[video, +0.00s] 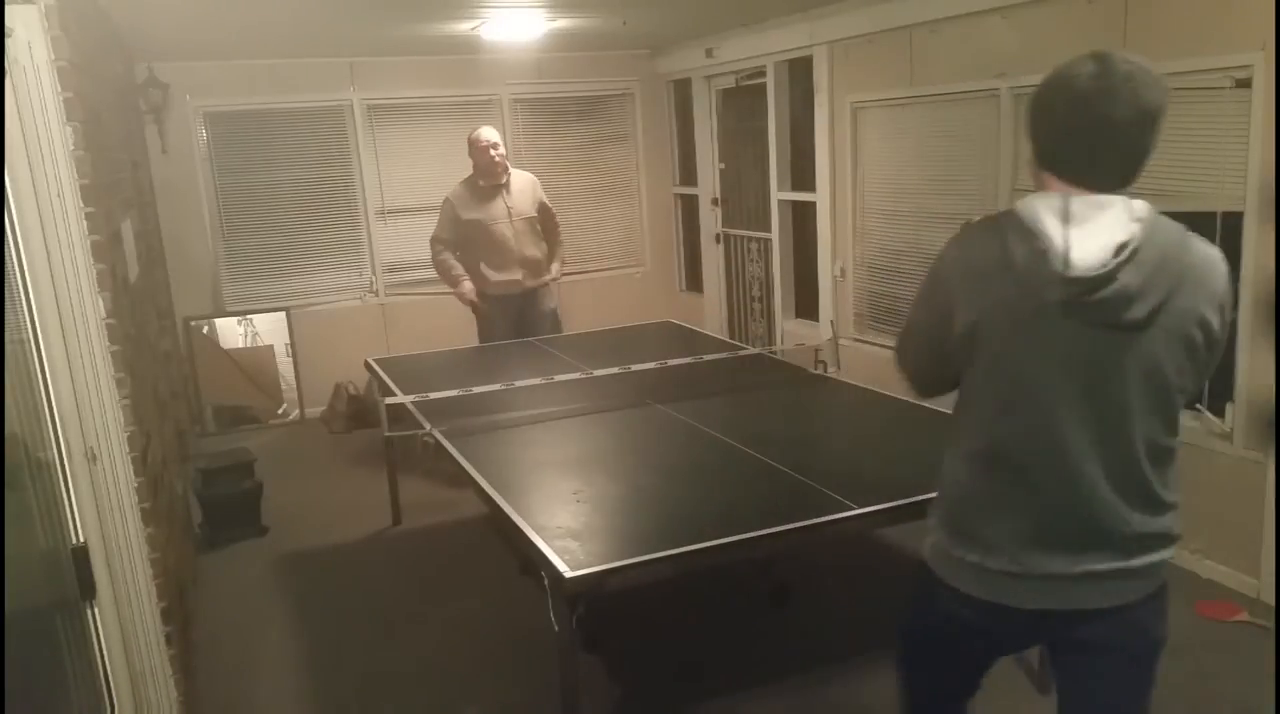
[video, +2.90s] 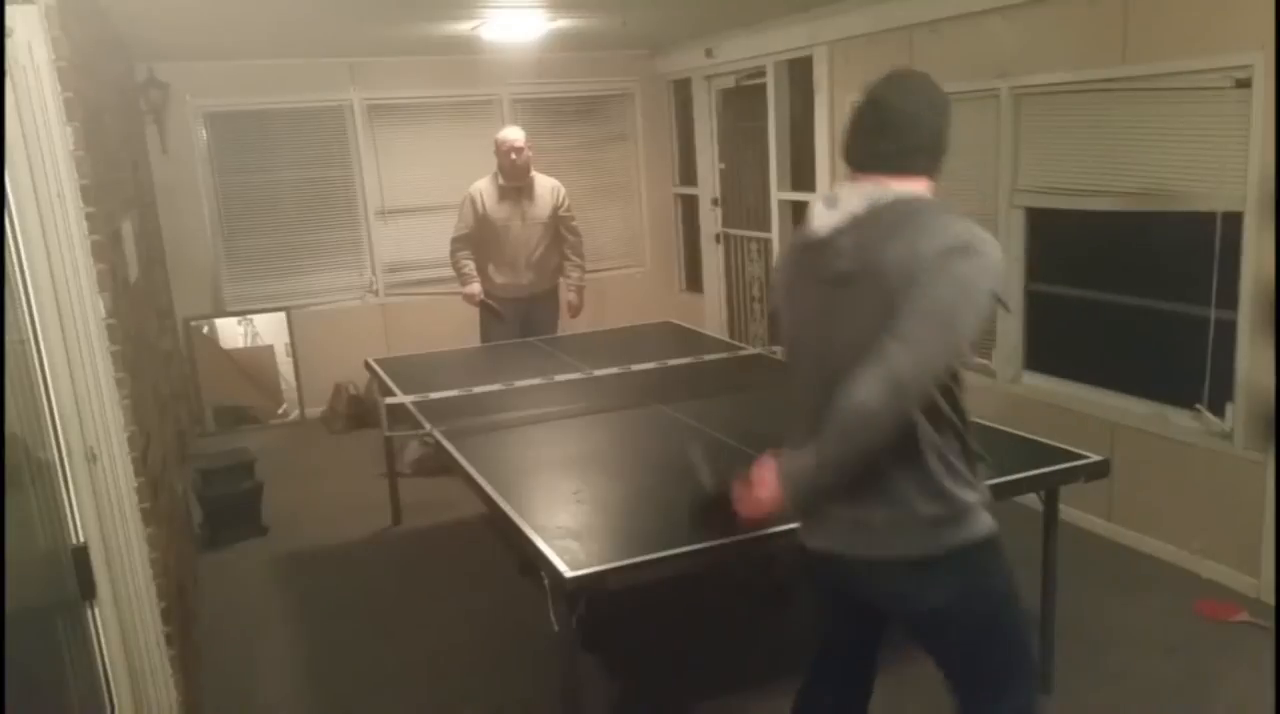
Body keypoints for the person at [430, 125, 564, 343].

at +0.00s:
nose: (492, 154)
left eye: (496, 146)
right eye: (484, 148)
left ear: (505, 150)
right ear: (471, 156)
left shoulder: (528, 182)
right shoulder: (457, 199)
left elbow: (552, 227)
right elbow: (440, 248)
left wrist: (555, 267)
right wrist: (462, 283)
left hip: (539, 294)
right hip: (493, 300)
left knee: (549, 363)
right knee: (499, 369)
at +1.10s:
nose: (521, 164)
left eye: (525, 156)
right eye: (513, 158)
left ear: (530, 155)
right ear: (498, 157)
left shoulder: (549, 192)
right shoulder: (481, 195)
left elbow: (565, 244)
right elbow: (463, 244)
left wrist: (572, 289)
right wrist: (501, 276)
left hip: (540, 296)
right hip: (497, 299)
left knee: (544, 364)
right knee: (500, 368)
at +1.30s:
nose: (522, 165)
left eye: (526, 157)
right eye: (514, 159)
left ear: (532, 156)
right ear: (498, 158)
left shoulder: (548, 193)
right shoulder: (482, 194)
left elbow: (564, 244)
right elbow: (475, 239)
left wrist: (572, 288)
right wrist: (523, 253)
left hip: (539, 298)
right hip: (495, 300)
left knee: (545, 368)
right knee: (500, 372)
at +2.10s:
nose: (522, 160)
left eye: (526, 154)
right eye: (515, 154)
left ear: (533, 153)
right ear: (500, 155)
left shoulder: (551, 193)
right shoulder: (482, 193)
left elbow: (565, 245)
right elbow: (459, 238)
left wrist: (571, 289)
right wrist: (485, 267)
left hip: (540, 298)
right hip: (498, 298)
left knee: (541, 368)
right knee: (501, 369)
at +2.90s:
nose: (513, 158)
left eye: (518, 150)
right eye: (506, 152)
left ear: (529, 151)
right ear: (496, 155)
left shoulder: (553, 190)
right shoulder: (478, 194)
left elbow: (572, 243)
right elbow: (461, 244)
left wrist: (574, 288)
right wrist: (470, 281)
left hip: (543, 299)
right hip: (498, 301)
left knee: (543, 369)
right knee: (500, 372)